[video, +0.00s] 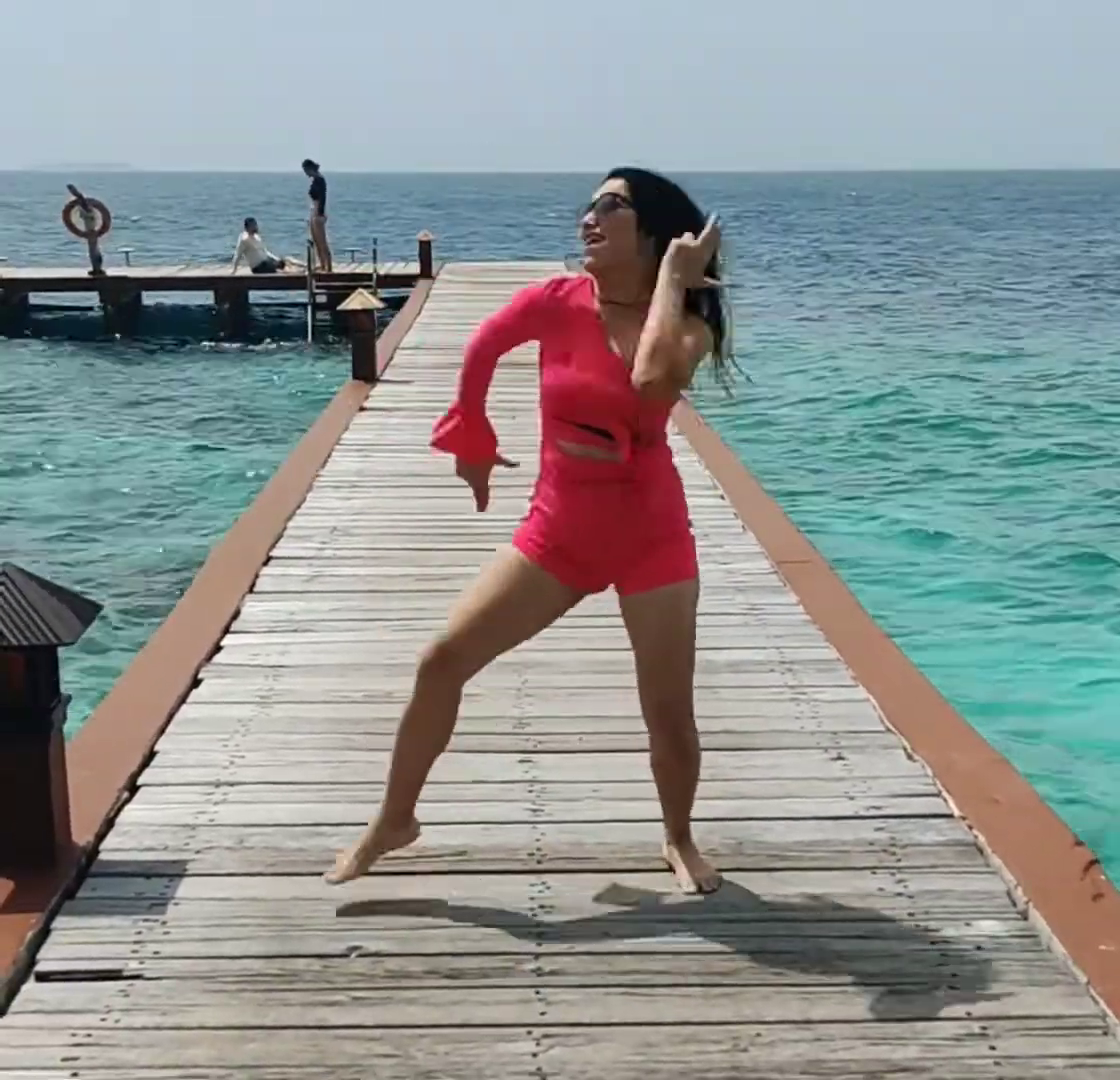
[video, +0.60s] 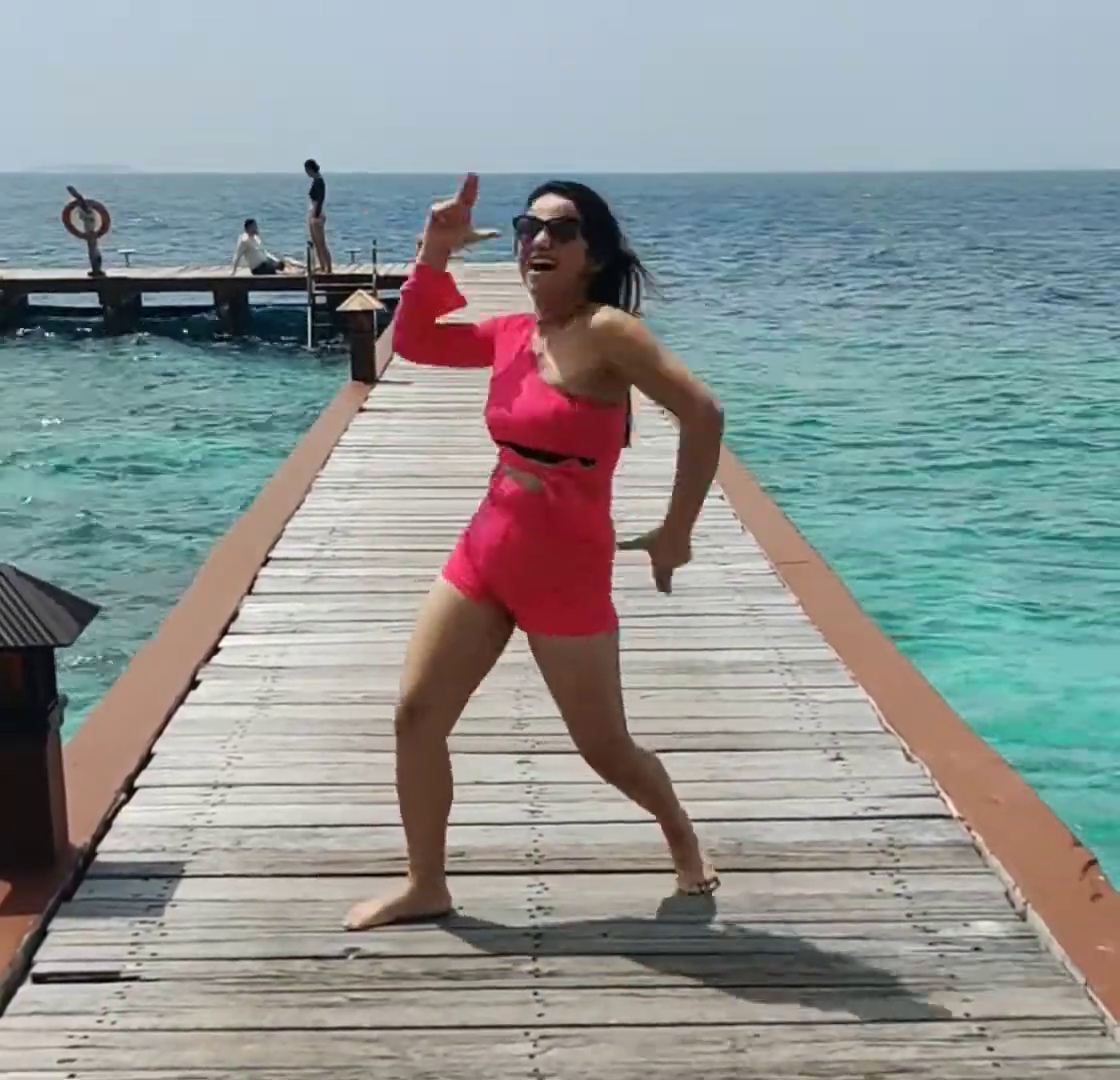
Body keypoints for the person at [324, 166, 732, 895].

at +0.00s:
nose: (589, 218)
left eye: (610, 207)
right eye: (590, 207)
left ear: (655, 234)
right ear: (594, 231)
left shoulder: (686, 320)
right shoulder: (559, 299)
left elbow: (653, 376)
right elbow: (484, 343)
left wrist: (670, 278)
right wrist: (469, 428)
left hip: (651, 535)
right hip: (560, 529)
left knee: (670, 713)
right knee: (441, 663)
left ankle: (680, 840)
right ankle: (394, 819)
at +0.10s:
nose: (577, 212)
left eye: (592, 203)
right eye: (578, 199)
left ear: (638, 219)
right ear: (582, 210)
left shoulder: (671, 295)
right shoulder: (574, 279)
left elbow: (622, 233)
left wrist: (597, 134)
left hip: (626, 520)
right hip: (539, 507)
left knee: (656, 699)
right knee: (441, 666)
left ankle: (685, 837)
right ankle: (376, 829)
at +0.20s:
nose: (563, 231)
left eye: (577, 218)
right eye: (566, 216)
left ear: (627, 231)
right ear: (601, 231)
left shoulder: (653, 299)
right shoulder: (593, 296)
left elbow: (591, 200)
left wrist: (489, 135)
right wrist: (635, 432)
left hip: (592, 540)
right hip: (511, 515)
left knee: (633, 718)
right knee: (436, 688)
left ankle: (677, 844)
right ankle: (413, 858)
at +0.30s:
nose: (563, 260)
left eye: (580, 246)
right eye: (566, 244)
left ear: (622, 259)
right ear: (596, 261)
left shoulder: (642, 322)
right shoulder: (598, 335)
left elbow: (548, 251)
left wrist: (451, 210)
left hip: (559, 572)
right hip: (486, 544)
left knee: (602, 737)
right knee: (421, 703)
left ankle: (674, 848)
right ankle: (421, 879)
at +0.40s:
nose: (548, 274)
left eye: (565, 261)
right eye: (553, 260)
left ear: (610, 278)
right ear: (590, 281)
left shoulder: (628, 333)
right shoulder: (591, 367)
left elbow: (545, 327)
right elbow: (551, 494)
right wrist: (467, 491)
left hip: (549, 586)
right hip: (481, 560)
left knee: (590, 754)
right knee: (398, 711)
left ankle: (672, 841)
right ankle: (421, 879)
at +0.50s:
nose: (529, 267)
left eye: (546, 257)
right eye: (533, 254)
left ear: (589, 276)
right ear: (559, 276)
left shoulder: (604, 326)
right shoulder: (558, 360)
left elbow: (608, 408)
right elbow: (476, 456)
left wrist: (542, 512)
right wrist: (439, 377)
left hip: (553, 573)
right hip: (486, 552)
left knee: (589, 755)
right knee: (398, 714)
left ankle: (673, 838)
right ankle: (425, 881)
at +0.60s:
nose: (539, 240)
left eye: (561, 229)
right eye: (528, 228)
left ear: (596, 252)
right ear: (517, 245)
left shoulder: (610, 335)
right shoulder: (511, 331)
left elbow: (702, 415)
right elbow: (415, 341)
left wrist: (677, 529)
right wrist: (435, 255)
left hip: (566, 566)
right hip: (489, 549)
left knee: (605, 748)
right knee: (417, 716)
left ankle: (678, 831)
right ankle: (426, 885)